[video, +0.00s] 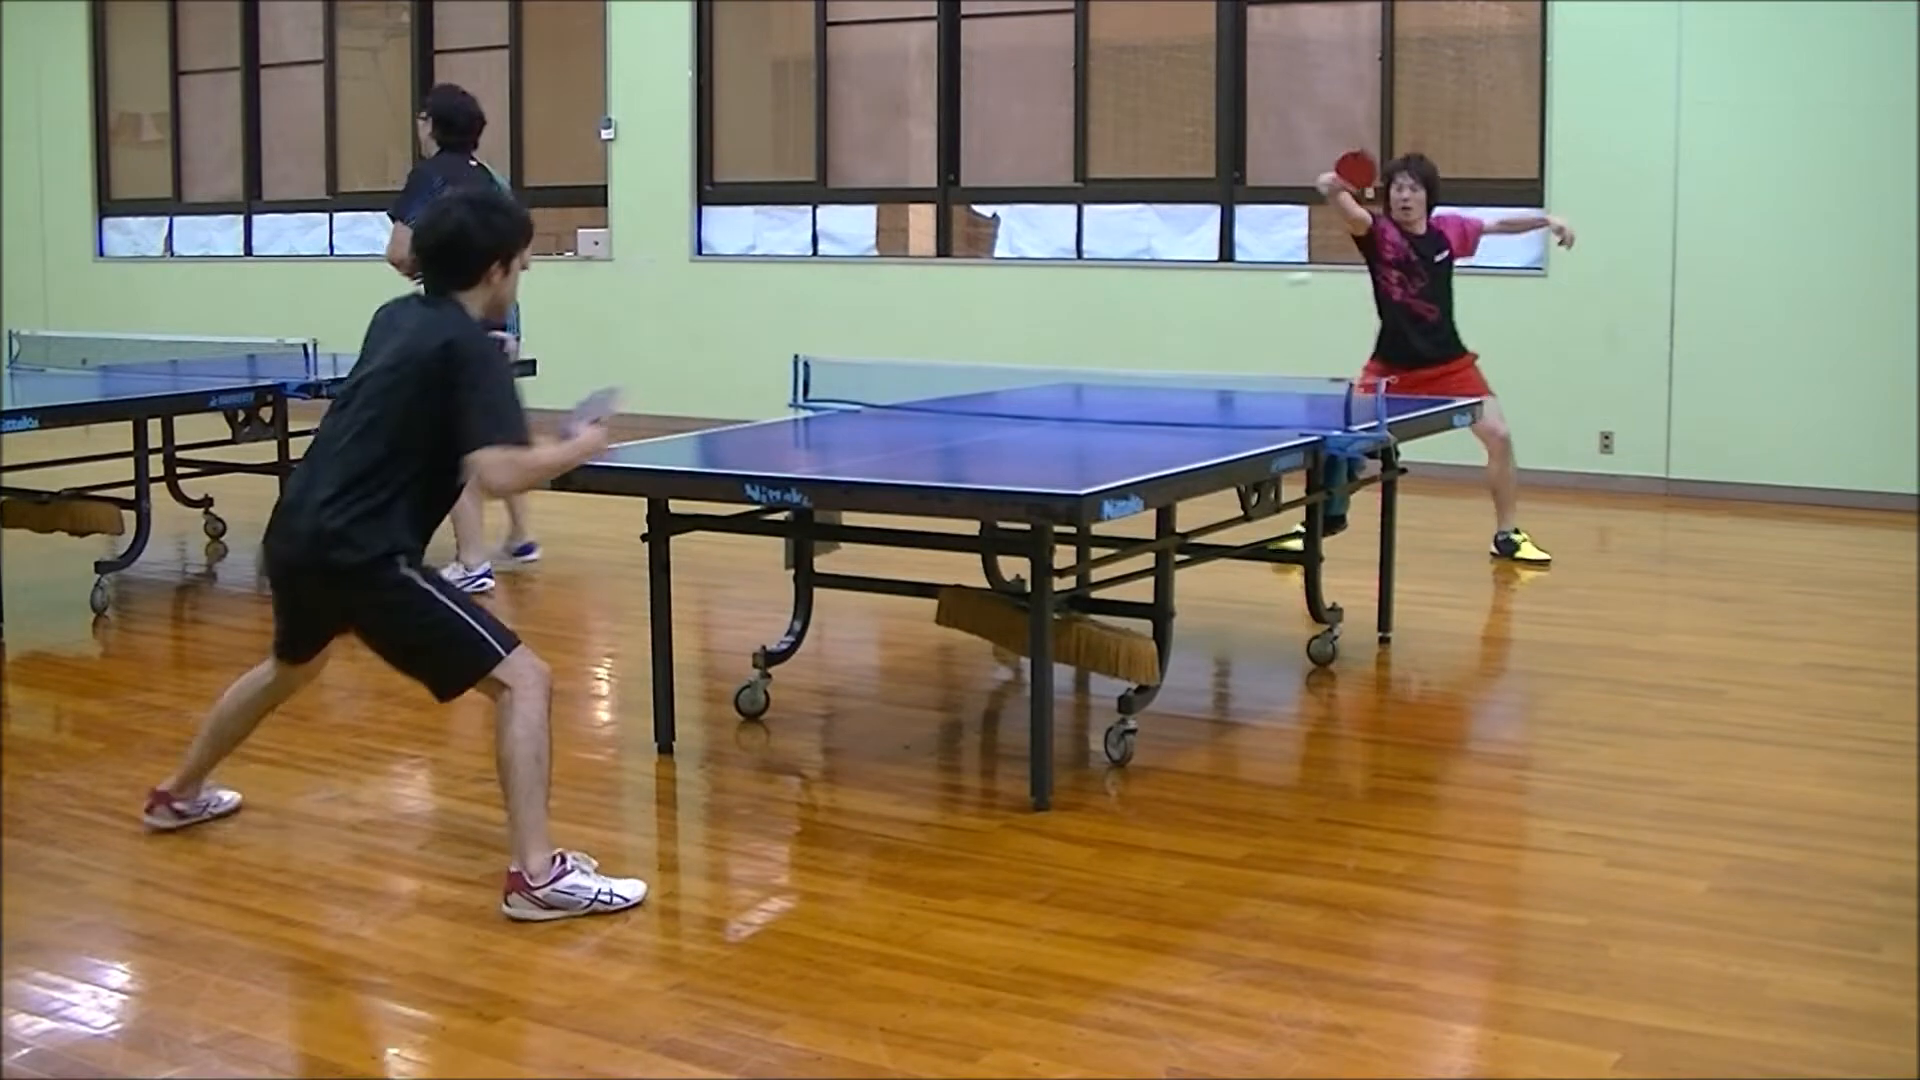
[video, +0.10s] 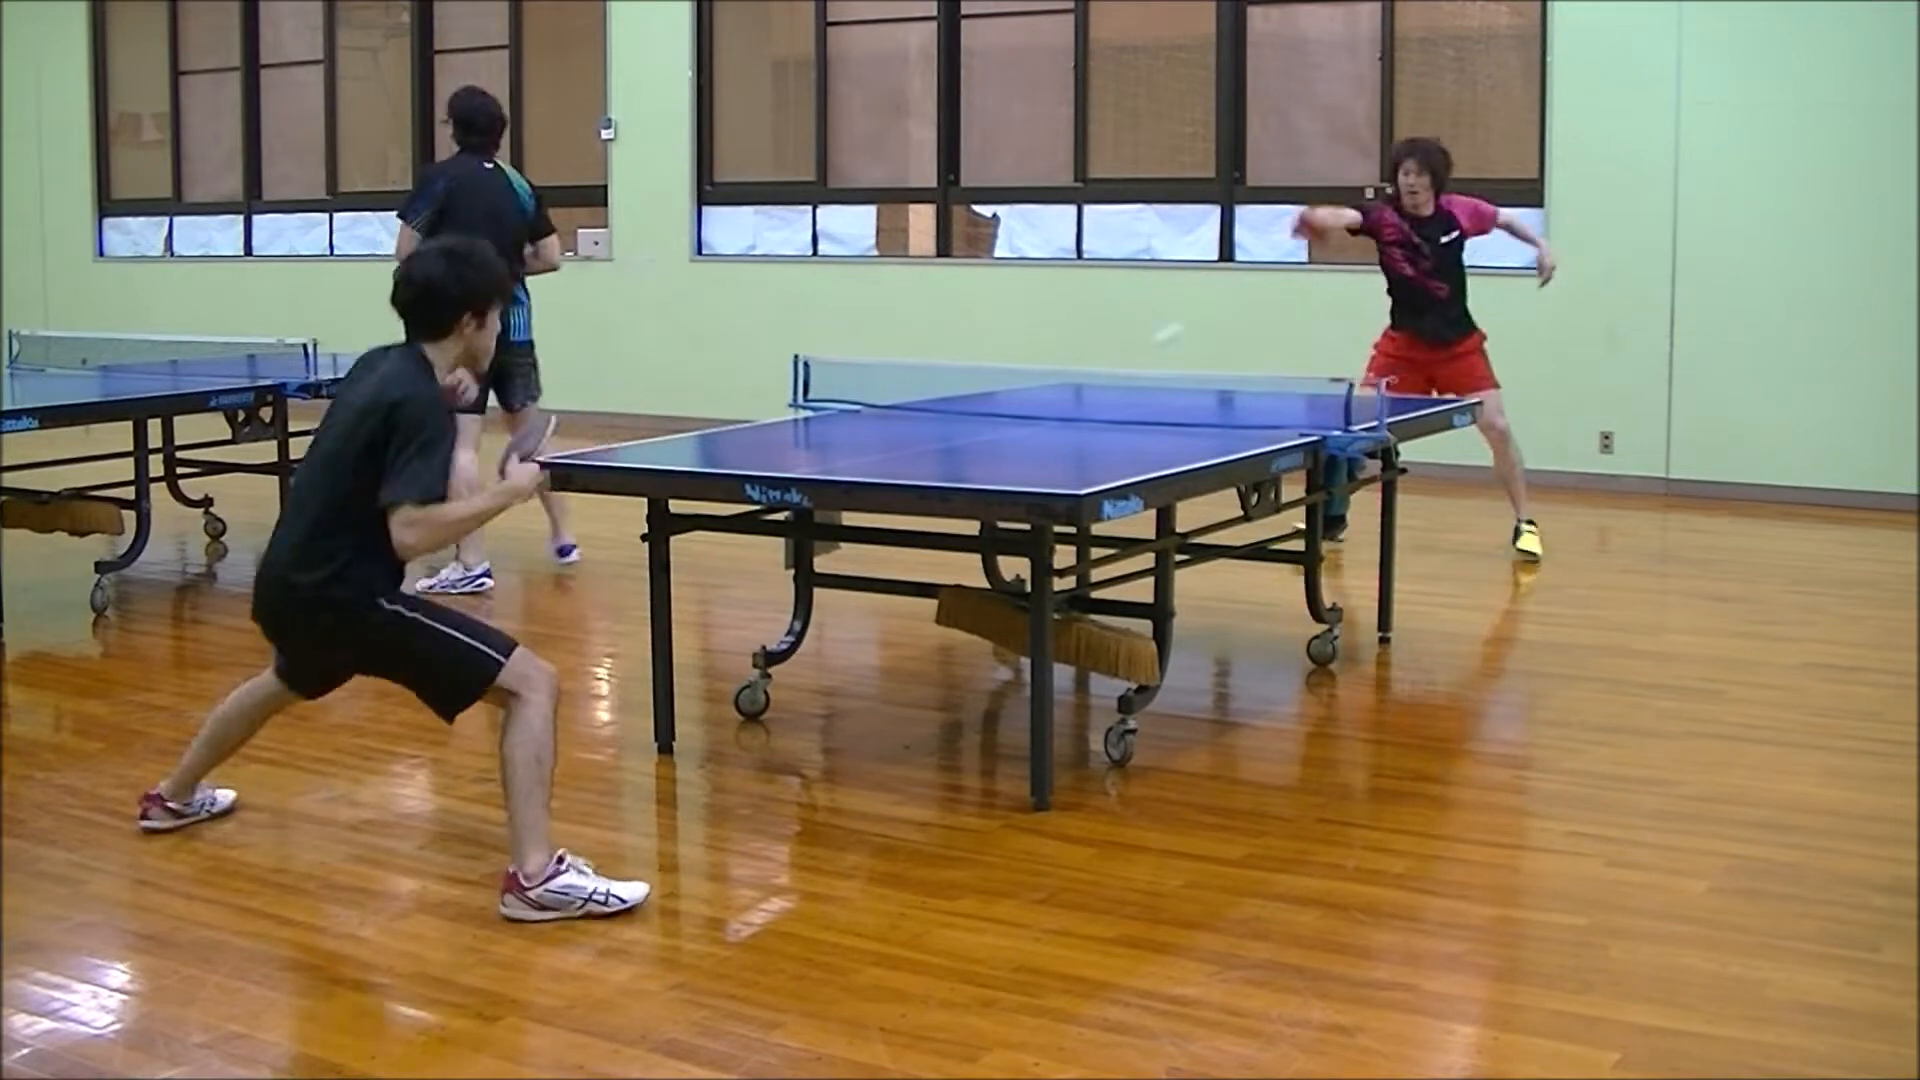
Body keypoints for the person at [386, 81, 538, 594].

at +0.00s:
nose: (418, 125)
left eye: (421, 119)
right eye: (421, 118)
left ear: (431, 127)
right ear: (475, 130)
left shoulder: (425, 177)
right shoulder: (493, 180)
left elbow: (398, 253)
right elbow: (512, 251)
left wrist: (438, 277)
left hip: (440, 324)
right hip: (494, 325)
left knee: (458, 449)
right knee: (503, 427)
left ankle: (473, 561)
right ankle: (522, 533)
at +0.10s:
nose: (449, 131)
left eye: (450, 124)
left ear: (453, 130)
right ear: (500, 132)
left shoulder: (440, 178)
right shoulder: (517, 185)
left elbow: (404, 249)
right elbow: (550, 256)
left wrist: (443, 275)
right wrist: (505, 263)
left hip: (457, 331)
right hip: (512, 328)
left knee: (462, 441)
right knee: (529, 428)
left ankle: (469, 562)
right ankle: (562, 536)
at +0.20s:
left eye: (475, 128)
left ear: (476, 134)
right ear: (522, 135)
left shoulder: (454, 183)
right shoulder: (540, 187)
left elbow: (424, 255)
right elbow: (572, 261)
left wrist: (465, 269)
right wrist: (529, 266)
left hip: (474, 334)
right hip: (534, 331)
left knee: (472, 443)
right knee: (560, 435)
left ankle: (467, 558)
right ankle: (584, 544)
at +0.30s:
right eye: (548, 136)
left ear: (499, 137)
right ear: (545, 138)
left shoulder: (473, 183)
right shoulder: (561, 186)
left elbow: (441, 246)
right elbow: (591, 262)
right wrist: (551, 257)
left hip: (490, 330)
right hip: (557, 328)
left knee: (476, 436)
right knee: (580, 432)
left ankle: (471, 538)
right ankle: (588, 543)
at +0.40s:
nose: (559, 262)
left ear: (516, 138)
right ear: (562, 141)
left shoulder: (491, 179)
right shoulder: (583, 181)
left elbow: (459, 241)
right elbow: (609, 254)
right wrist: (579, 229)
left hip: (495, 328)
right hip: (572, 334)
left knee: (485, 438)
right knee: (592, 438)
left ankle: (471, 531)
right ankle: (588, 543)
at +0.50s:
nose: (583, 285)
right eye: (574, 275)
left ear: (526, 140)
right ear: (573, 140)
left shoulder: (506, 175)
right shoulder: (594, 174)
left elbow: (481, 239)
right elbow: (628, 244)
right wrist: (604, 217)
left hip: (505, 324)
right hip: (583, 333)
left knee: (508, 429)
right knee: (594, 438)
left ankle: (510, 519)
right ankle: (588, 543)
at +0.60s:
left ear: (532, 145)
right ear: (580, 143)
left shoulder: (518, 176)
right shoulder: (602, 175)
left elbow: (498, 235)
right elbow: (642, 241)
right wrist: (619, 203)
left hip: (522, 323)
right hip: (592, 326)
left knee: (541, 428)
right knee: (599, 434)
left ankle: (546, 526)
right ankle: (586, 542)